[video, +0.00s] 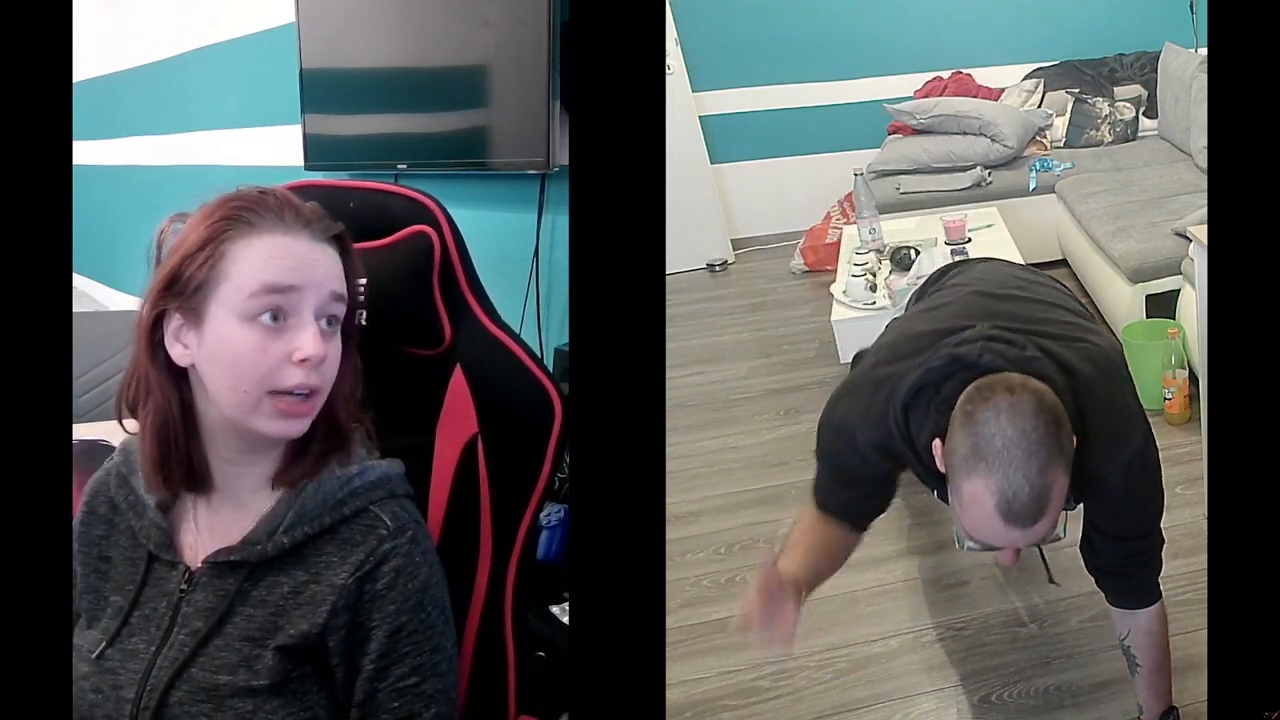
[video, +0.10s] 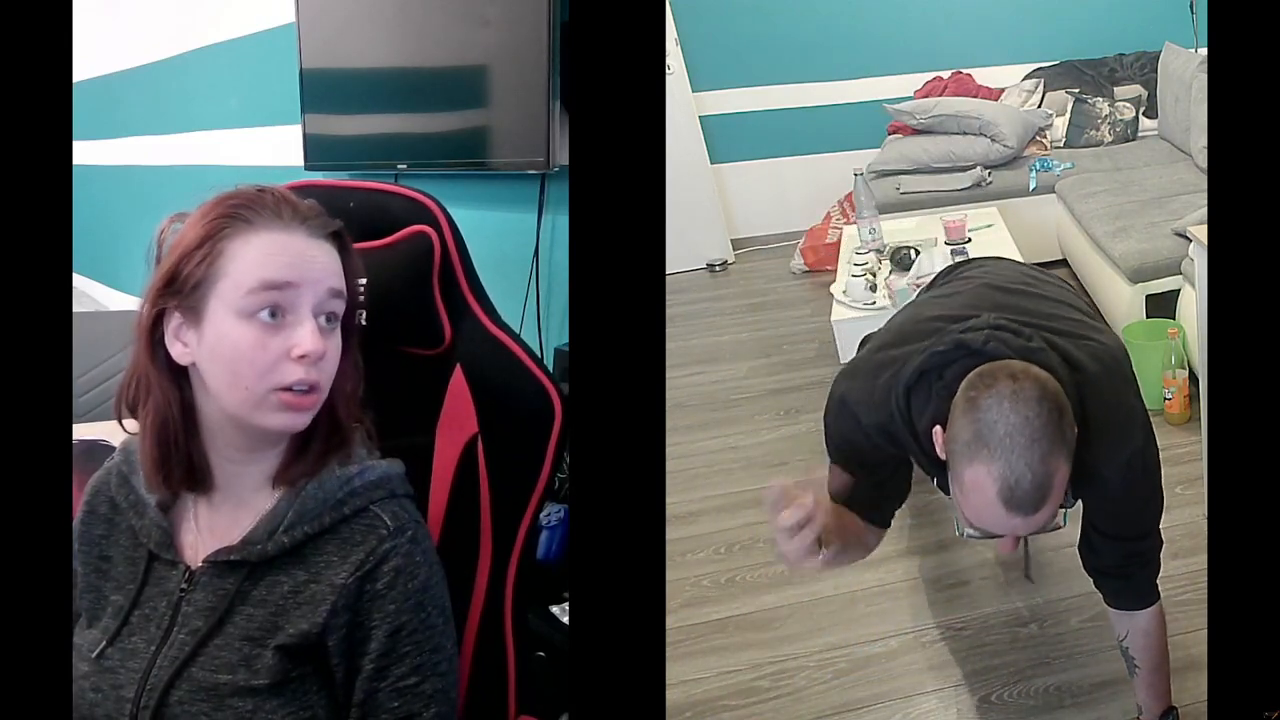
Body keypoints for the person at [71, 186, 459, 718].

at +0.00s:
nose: (313, 350)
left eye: (330, 320)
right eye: (273, 316)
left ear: (343, 339)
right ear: (181, 335)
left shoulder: (381, 549)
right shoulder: (110, 506)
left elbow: (416, 704)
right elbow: (84, 681)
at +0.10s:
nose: (312, 346)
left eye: (329, 317)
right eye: (271, 313)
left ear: (343, 337)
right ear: (181, 334)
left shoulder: (380, 548)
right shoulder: (110, 506)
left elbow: (416, 704)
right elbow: (83, 681)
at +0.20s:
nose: (311, 344)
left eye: (329, 316)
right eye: (270, 312)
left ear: (342, 336)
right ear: (181, 333)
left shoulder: (380, 547)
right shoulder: (111, 505)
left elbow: (416, 705)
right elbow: (82, 678)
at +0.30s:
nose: (306, 338)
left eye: (326, 312)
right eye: (265, 307)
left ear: (342, 335)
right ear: (180, 331)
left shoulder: (381, 550)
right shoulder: (112, 506)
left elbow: (416, 704)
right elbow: (84, 680)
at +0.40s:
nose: (301, 337)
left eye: (323, 310)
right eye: (261, 305)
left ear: (340, 334)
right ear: (180, 329)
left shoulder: (381, 548)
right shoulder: (114, 505)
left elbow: (415, 705)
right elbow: (83, 680)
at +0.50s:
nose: (299, 335)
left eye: (321, 308)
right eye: (258, 304)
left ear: (339, 333)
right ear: (179, 329)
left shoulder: (382, 545)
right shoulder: (114, 507)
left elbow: (417, 705)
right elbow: (82, 680)